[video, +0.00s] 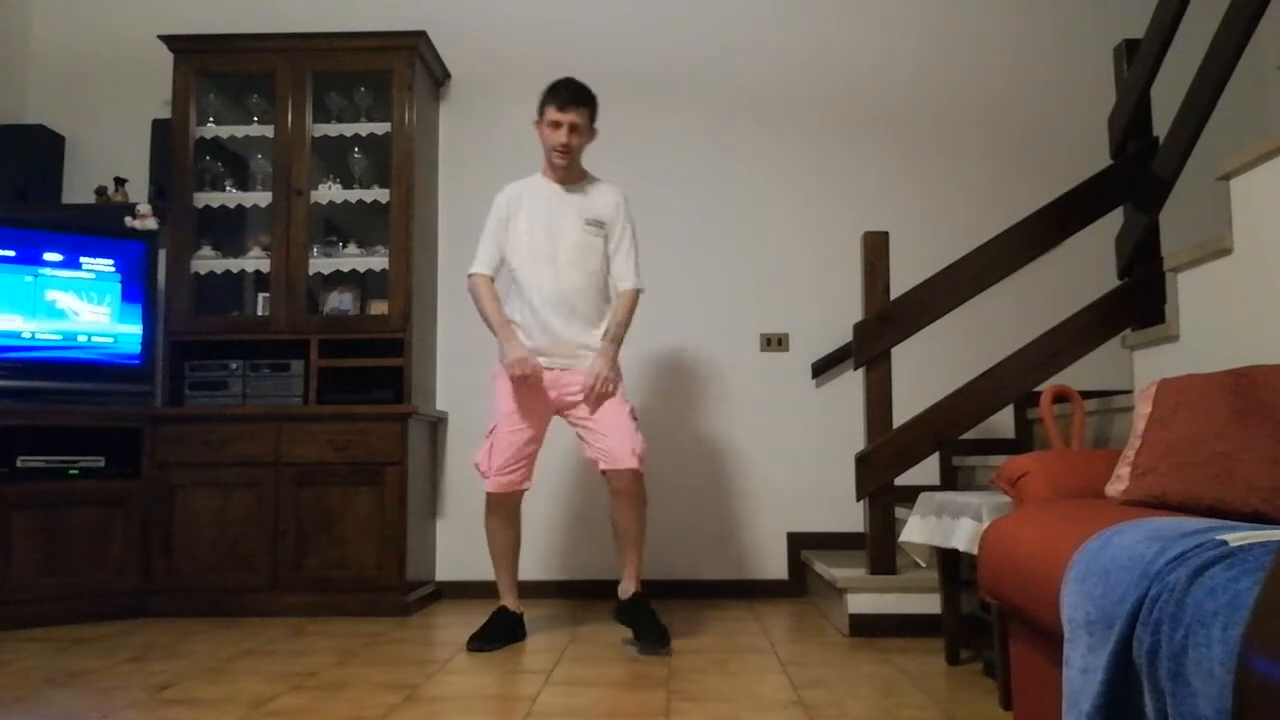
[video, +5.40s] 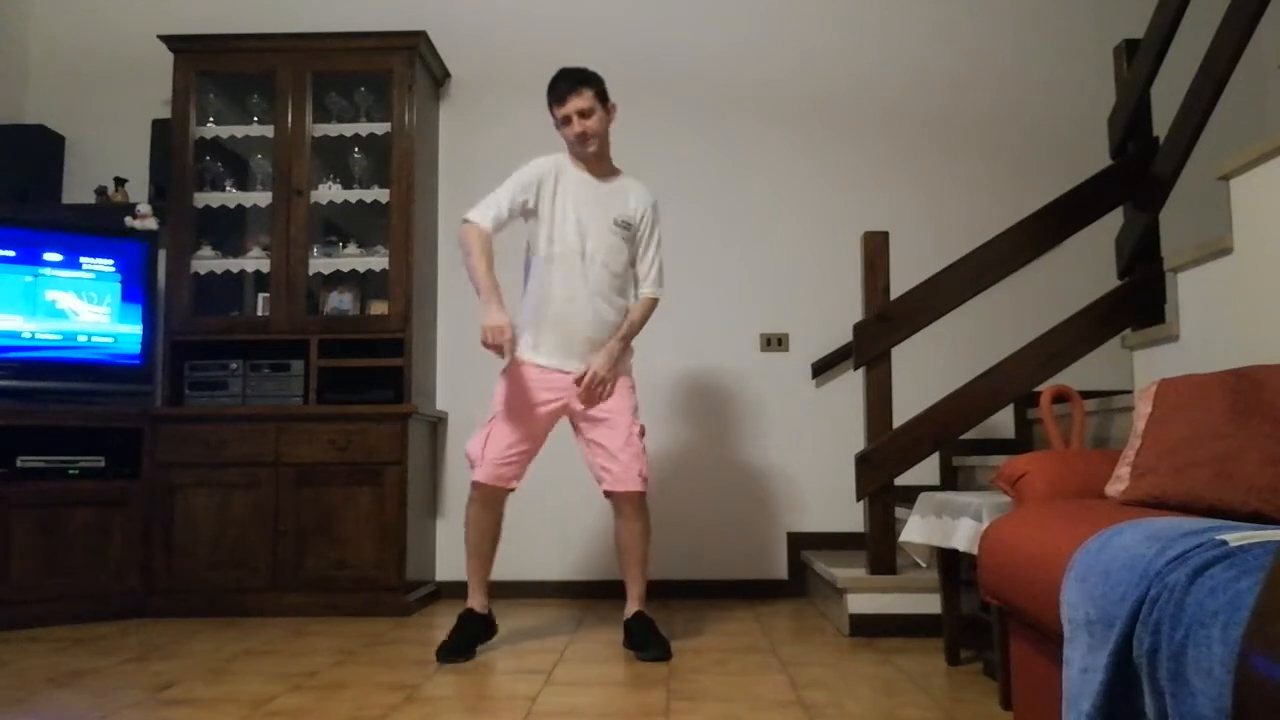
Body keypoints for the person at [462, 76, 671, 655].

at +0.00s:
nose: (562, 137)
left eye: (574, 128)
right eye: (554, 126)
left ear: (589, 134)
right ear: (538, 127)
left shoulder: (608, 200)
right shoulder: (512, 198)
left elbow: (628, 287)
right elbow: (480, 277)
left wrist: (609, 350)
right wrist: (508, 339)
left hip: (591, 368)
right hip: (524, 368)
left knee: (627, 469)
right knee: (501, 485)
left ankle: (632, 597)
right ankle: (508, 609)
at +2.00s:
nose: (604, 154)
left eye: (613, 142)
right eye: (594, 143)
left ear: (635, 137)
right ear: (583, 141)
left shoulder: (651, 214)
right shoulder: (561, 191)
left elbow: (655, 299)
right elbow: (504, 257)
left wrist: (615, 356)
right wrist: (522, 337)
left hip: (617, 371)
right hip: (547, 367)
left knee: (635, 489)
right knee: (501, 478)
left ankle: (638, 610)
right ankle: (483, 604)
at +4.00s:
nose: (563, 124)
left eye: (570, 113)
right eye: (552, 121)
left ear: (592, 116)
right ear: (544, 133)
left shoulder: (628, 175)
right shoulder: (540, 202)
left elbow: (670, 257)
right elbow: (493, 278)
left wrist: (630, 321)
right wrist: (497, 331)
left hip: (611, 366)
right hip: (541, 367)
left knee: (631, 486)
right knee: (499, 476)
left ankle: (640, 610)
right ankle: (508, 598)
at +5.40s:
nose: (579, 126)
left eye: (588, 113)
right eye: (568, 119)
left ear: (610, 112)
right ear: (557, 126)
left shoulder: (636, 198)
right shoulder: (544, 174)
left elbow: (648, 291)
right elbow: (474, 229)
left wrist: (615, 348)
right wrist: (492, 306)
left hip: (605, 372)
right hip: (532, 367)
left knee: (630, 488)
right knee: (488, 481)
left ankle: (636, 613)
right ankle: (476, 609)